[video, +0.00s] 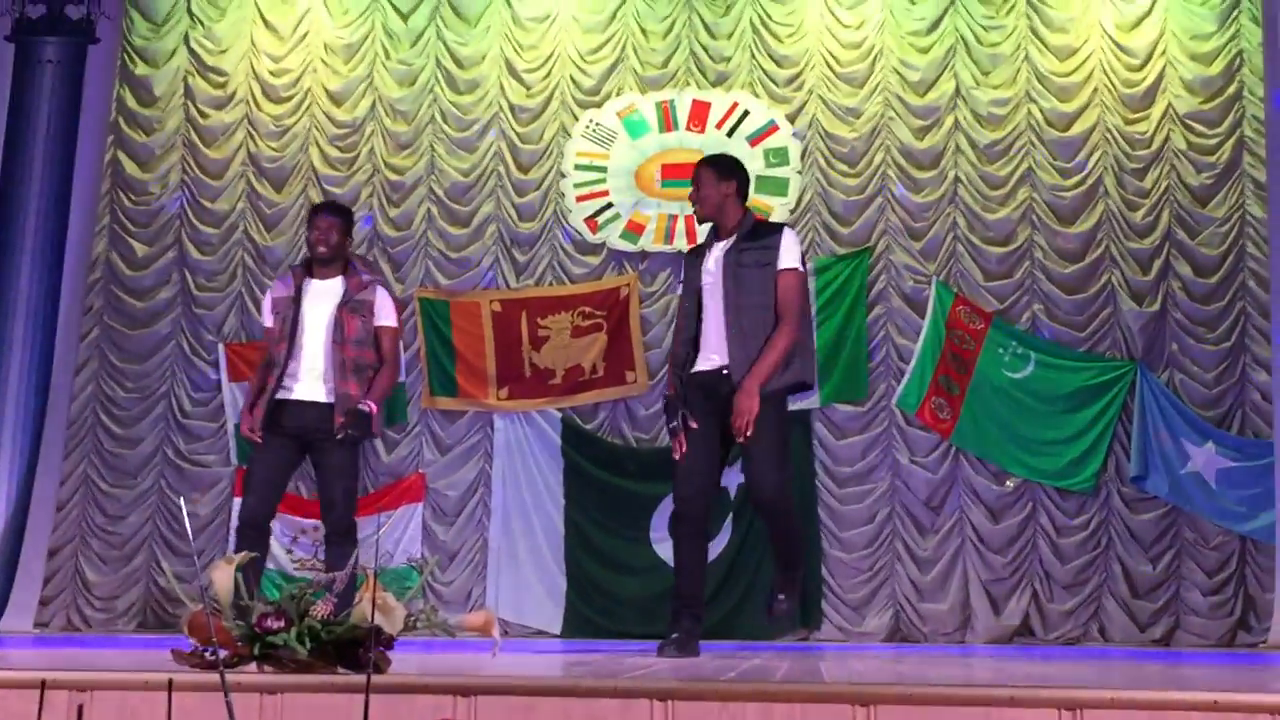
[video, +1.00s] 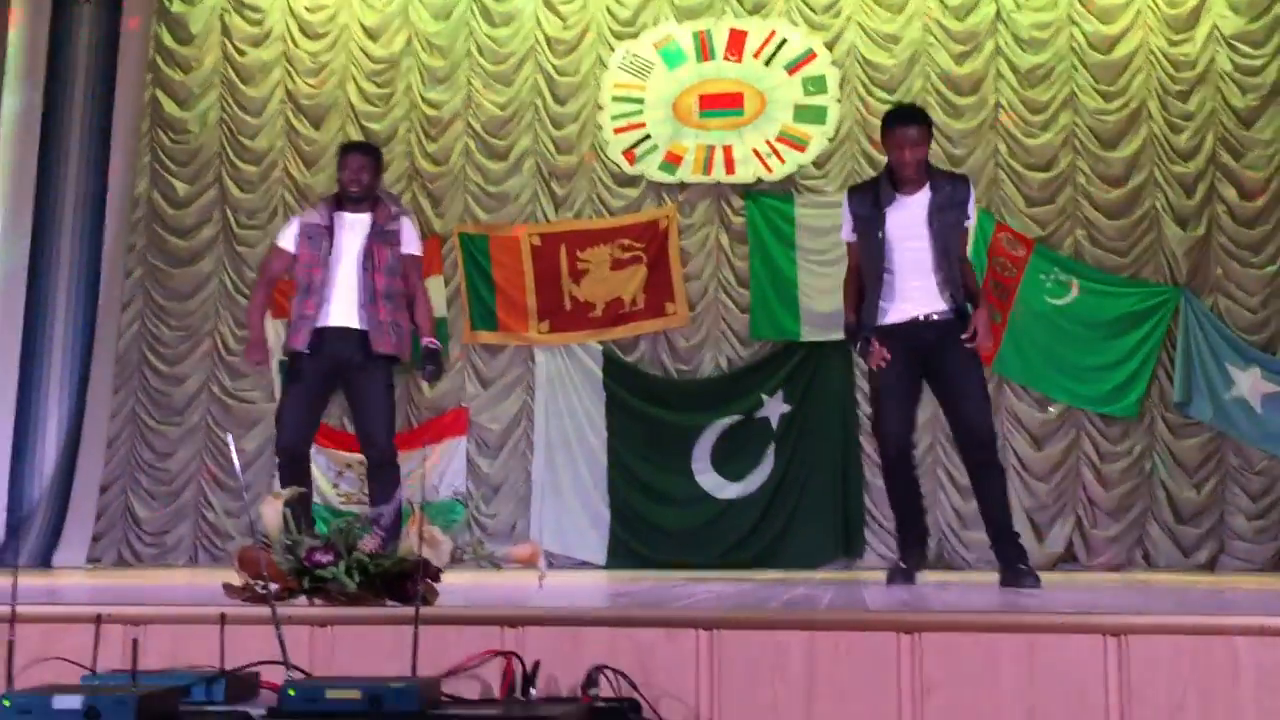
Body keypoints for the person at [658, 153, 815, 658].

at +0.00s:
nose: (692, 196)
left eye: (700, 187)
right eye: (693, 188)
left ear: (732, 191)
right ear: (715, 194)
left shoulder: (780, 240)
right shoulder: (699, 256)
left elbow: (791, 325)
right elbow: (683, 337)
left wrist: (751, 386)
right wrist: (675, 403)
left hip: (757, 388)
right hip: (700, 390)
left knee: (769, 493)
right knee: (689, 510)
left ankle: (788, 583)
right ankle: (686, 627)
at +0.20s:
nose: (731, 217)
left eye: (739, 206)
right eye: (725, 209)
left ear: (763, 205)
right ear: (720, 215)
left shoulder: (806, 255)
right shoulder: (720, 268)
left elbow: (819, 341)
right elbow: (711, 347)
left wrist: (786, 406)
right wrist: (700, 411)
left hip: (786, 399)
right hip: (729, 398)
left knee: (784, 509)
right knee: (708, 502)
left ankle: (792, 621)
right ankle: (697, 621)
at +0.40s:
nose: (767, 217)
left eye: (774, 206)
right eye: (757, 210)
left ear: (790, 204)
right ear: (746, 213)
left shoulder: (831, 246)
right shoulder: (741, 264)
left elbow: (854, 325)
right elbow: (744, 339)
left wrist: (826, 391)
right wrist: (727, 399)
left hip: (821, 389)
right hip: (762, 390)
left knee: (838, 492)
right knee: (736, 485)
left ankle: (807, 593)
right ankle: (748, 607)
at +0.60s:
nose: (807, 235)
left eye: (814, 224)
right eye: (797, 227)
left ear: (828, 219)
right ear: (783, 226)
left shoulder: (864, 257)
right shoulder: (772, 273)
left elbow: (886, 325)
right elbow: (774, 341)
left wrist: (873, 386)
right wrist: (770, 396)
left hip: (860, 399)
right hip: (799, 403)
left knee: (891, 501)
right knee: (775, 503)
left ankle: (896, 619)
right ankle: (771, 622)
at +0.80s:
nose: (871, 202)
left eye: (879, 193)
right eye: (863, 195)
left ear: (892, 189)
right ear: (850, 193)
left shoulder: (919, 226)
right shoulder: (828, 239)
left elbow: (939, 289)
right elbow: (823, 309)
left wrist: (945, 343)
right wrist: (836, 369)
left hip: (918, 368)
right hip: (863, 375)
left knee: (962, 461)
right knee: (878, 480)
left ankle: (967, 577)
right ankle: (911, 585)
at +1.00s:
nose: (912, 155)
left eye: (920, 145)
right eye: (902, 146)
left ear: (930, 146)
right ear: (885, 148)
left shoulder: (956, 190)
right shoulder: (862, 200)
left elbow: (966, 260)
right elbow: (856, 272)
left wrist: (981, 306)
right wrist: (857, 331)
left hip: (951, 334)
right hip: (891, 339)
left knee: (980, 444)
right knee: (892, 448)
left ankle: (1012, 561)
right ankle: (911, 553)